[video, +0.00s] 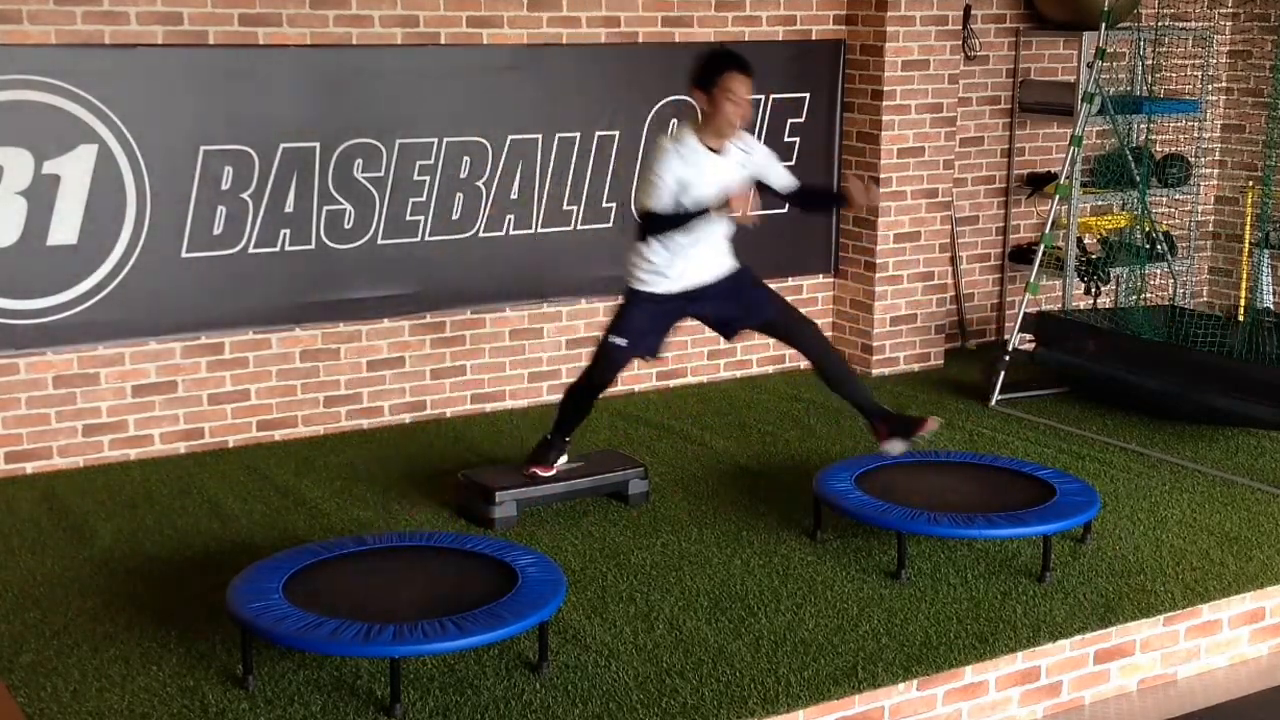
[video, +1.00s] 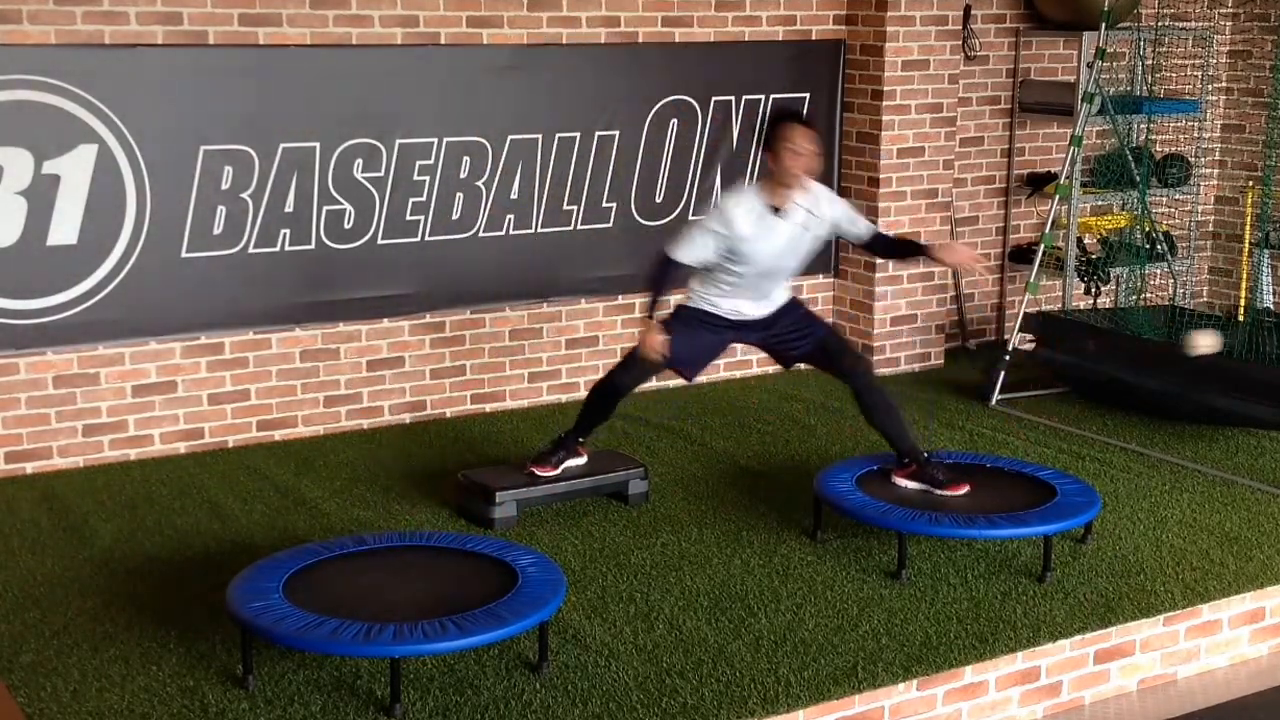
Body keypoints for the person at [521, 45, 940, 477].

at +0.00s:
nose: (743, 109)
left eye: (748, 100)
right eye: (733, 98)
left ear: (750, 104)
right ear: (702, 98)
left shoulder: (747, 149)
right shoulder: (672, 153)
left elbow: (795, 193)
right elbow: (647, 225)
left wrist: (842, 196)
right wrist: (719, 208)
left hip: (721, 278)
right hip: (657, 287)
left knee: (809, 335)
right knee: (601, 370)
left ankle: (884, 422)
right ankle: (553, 446)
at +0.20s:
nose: (870, 194)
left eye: (874, 184)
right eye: (860, 183)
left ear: (874, 189)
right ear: (828, 185)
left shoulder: (870, 233)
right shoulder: (792, 230)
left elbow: (923, 280)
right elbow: (741, 298)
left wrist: (955, 267)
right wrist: (785, 336)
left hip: (808, 326)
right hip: (749, 330)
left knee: (893, 348)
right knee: (660, 404)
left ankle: (917, 460)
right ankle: (568, 440)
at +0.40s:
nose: (949, 261)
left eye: (952, 251)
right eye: (942, 250)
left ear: (939, 253)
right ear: (907, 247)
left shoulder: (930, 293)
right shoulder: (859, 279)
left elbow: (970, 337)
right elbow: (811, 348)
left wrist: (1020, 323)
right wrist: (853, 408)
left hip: (837, 353)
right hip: (779, 350)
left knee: (925, 345)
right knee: (679, 409)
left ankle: (919, 463)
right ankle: (573, 442)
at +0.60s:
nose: (958, 267)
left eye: (961, 256)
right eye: (949, 256)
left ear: (952, 259)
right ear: (915, 254)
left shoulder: (940, 300)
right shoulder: (875, 292)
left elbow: (964, 361)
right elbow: (825, 358)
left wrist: (1009, 419)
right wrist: (841, 430)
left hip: (841, 349)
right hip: (783, 342)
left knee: (930, 347)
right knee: (685, 404)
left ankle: (915, 460)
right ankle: (575, 441)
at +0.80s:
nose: (932, 231)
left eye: (936, 222)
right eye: (923, 220)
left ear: (930, 229)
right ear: (887, 219)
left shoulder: (914, 276)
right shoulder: (838, 256)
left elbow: (953, 339)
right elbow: (782, 311)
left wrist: (1001, 392)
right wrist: (772, 376)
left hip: (827, 329)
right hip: (766, 322)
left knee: (907, 347)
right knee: (665, 388)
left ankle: (917, 460)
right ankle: (570, 439)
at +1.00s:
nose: (800, 160)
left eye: (808, 153)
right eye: (791, 150)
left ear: (816, 160)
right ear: (768, 154)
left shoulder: (823, 203)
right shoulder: (733, 207)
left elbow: (875, 242)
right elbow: (674, 258)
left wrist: (934, 252)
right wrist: (655, 320)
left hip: (777, 312)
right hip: (709, 312)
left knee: (854, 365)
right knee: (634, 366)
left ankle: (914, 461)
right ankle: (571, 444)